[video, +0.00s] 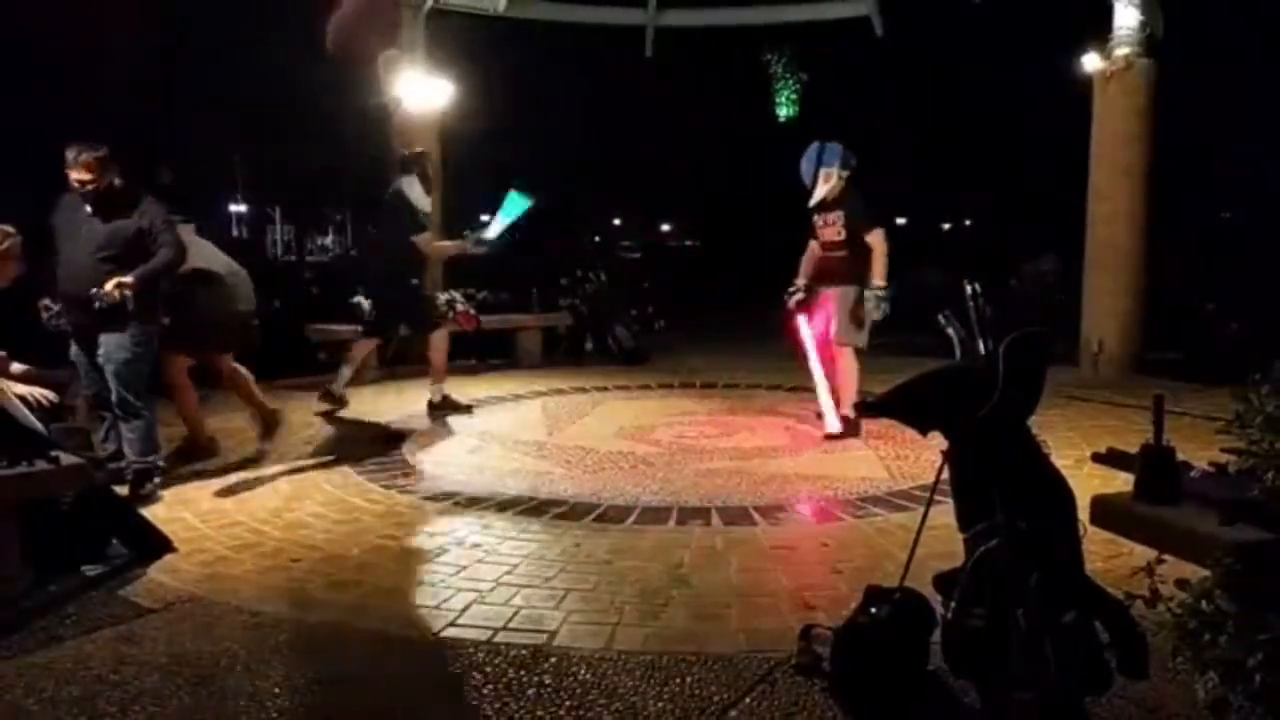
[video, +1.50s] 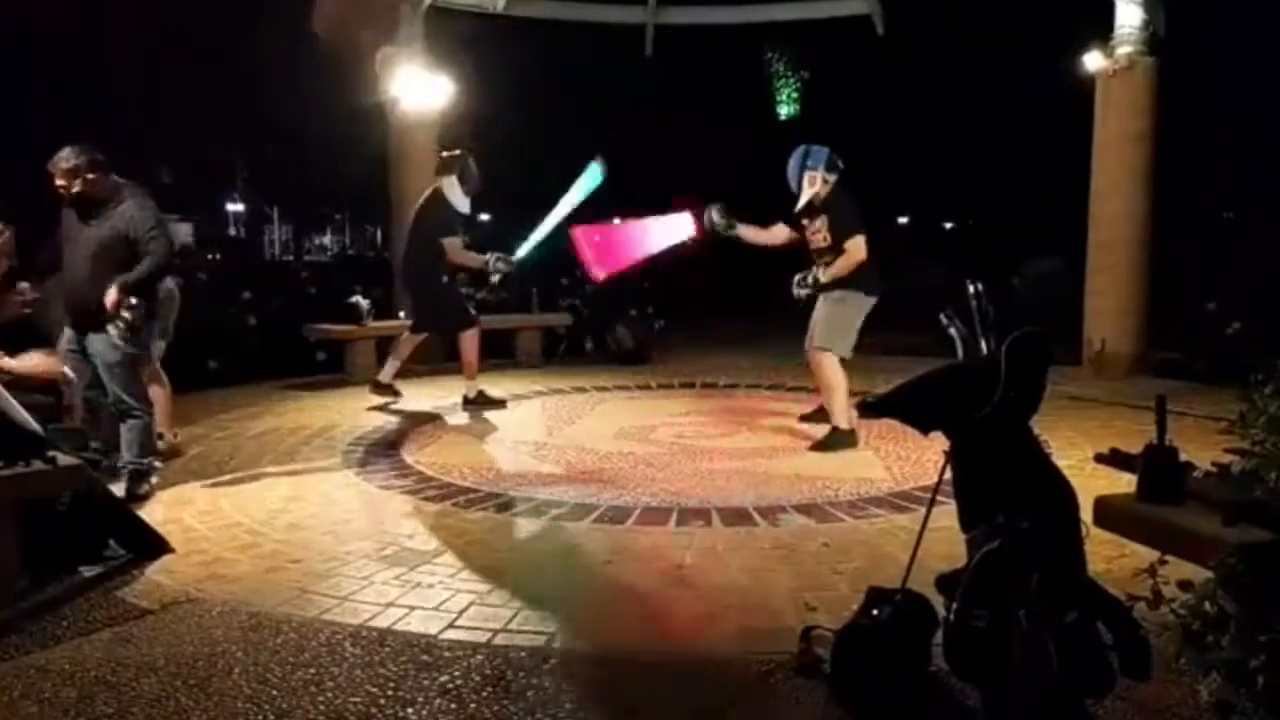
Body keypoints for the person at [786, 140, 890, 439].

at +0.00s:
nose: (822, 180)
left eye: (828, 173)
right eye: (818, 174)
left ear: (840, 172)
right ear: (813, 174)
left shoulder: (855, 203)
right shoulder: (817, 206)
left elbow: (879, 244)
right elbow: (814, 248)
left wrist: (877, 288)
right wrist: (801, 282)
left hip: (849, 287)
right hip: (823, 289)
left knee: (844, 347)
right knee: (827, 349)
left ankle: (848, 413)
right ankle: (838, 409)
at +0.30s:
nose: (836, 177)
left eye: (842, 171)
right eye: (833, 170)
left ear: (854, 172)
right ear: (826, 170)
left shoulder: (865, 199)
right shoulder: (830, 203)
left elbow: (888, 238)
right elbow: (831, 242)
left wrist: (872, 274)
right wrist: (818, 275)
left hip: (866, 280)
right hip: (842, 281)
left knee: (867, 338)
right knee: (840, 335)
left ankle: (884, 400)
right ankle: (847, 397)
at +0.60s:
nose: (851, 187)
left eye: (855, 180)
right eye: (848, 181)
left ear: (869, 178)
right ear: (848, 178)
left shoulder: (886, 205)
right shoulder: (855, 204)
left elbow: (870, 249)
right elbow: (855, 243)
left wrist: (830, 236)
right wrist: (829, 233)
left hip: (900, 291)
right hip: (864, 287)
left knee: (911, 349)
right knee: (840, 338)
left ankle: (933, 402)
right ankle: (846, 400)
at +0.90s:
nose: (839, 184)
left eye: (842, 178)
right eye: (839, 178)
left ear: (855, 174)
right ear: (852, 174)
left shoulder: (875, 201)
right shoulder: (855, 199)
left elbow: (857, 247)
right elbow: (854, 238)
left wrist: (833, 231)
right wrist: (842, 227)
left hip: (889, 288)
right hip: (856, 286)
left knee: (903, 347)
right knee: (836, 340)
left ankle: (928, 400)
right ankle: (832, 404)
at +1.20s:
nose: (814, 183)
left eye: (817, 176)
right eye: (814, 176)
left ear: (828, 173)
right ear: (825, 174)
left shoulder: (848, 199)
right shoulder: (826, 204)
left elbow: (862, 242)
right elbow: (827, 249)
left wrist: (830, 263)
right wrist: (812, 275)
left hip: (864, 289)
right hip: (836, 287)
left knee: (850, 349)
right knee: (821, 343)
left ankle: (897, 398)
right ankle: (829, 404)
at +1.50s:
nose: (803, 186)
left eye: (808, 179)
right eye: (802, 180)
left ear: (821, 178)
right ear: (802, 179)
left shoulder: (841, 206)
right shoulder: (806, 211)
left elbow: (857, 253)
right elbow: (771, 236)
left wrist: (819, 277)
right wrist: (732, 227)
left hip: (853, 287)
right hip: (832, 288)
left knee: (823, 352)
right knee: (814, 350)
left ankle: (843, 427)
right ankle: (831, 404)